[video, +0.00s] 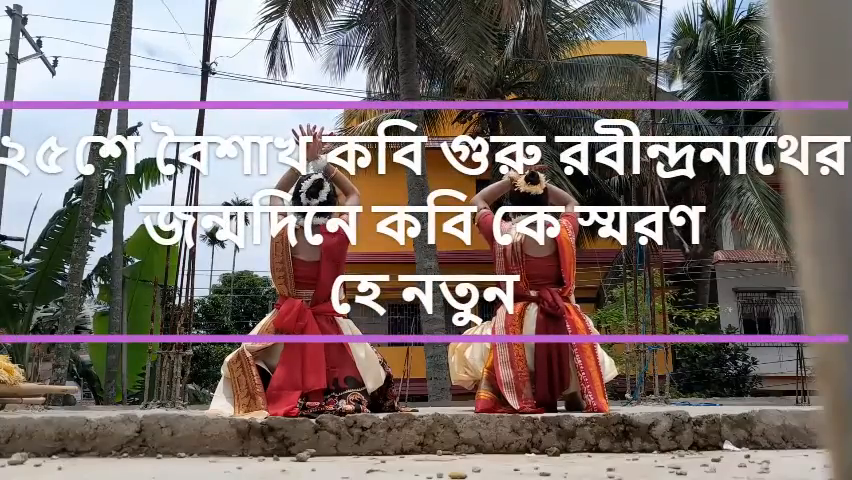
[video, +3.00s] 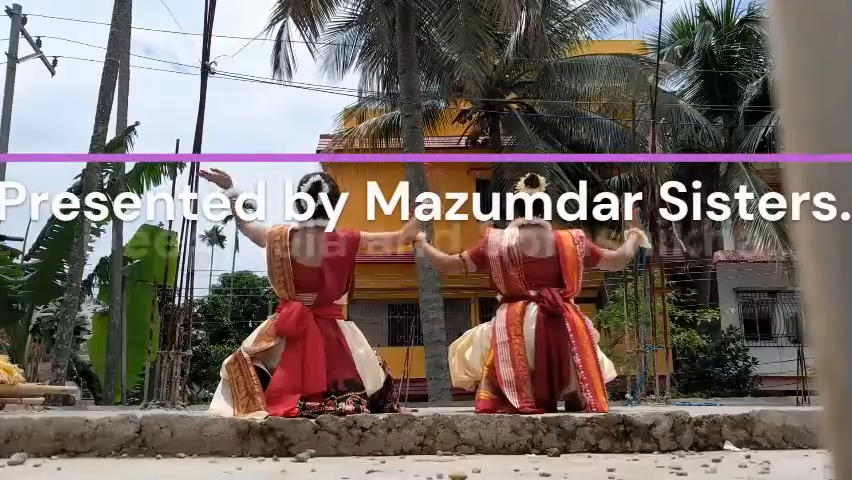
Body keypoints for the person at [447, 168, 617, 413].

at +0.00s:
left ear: (511, 211)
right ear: (544, 207)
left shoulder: (503, 234)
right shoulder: (562, 233)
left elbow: (479, 200)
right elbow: (570, 202)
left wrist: (507, 182)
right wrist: (542, 185)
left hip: (518, 319)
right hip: (561, 318)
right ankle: (574, 394)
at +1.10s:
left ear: (509, 202)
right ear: (545, 201)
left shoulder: (501, 231)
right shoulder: (562, 228)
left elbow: (479, 197)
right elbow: (566, 198)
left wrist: (502, 168)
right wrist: (542, 170)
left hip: (516, 321)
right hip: (561, 319)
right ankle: (576, 394)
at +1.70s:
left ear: (514, 207)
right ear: (546, 207)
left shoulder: (501, 233)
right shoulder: (564, 232)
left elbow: (462, 219)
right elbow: (595, 209)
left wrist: (467, 184)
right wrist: (568, 180)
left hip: (514, 316)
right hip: (559, 315)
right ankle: (579, 397)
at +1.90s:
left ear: (510, 207)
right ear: (544, 207)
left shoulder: (495, 236)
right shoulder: (566, 234)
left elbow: (446, 222)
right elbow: (605, 221)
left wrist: (447, 192)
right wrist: (593, 192)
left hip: (512, 325)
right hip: (561, 323)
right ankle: (575, 394)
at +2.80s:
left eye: (515, 204)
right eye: (537, 202)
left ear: (511, 209)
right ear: (547, 207)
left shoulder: (494, 240)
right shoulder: (569, 238)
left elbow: (442, 252)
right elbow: (619, 245)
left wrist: (426, 226)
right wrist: (616, 216)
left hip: (512, 328)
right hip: (563, 326)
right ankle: (578, 395)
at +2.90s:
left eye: (522, 201)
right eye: (536, 201)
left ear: (511, 206)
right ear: (547, 205)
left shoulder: (493, 240)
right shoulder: (570, 240)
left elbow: (452, 260)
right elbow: (620, 253)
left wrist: (423, 239)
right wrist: (624, 227)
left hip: (511, 330)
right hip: (565, 327)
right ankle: (578, 400)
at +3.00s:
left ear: (512, 207)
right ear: (548, 207)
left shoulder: (495, 241)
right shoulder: (571, 240)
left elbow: (449, 265)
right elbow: (617, 260)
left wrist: (419, 244)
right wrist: (633, 239)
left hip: (513, 330)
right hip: (565, 328)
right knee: (578, 403)